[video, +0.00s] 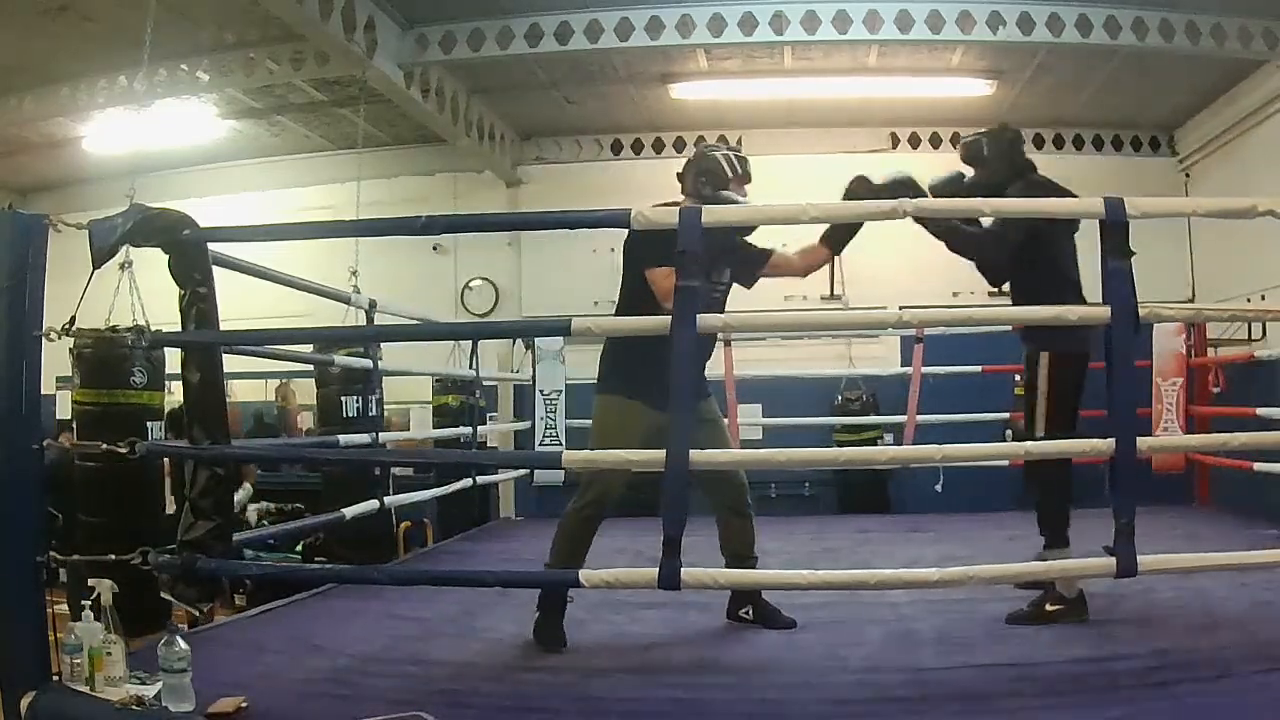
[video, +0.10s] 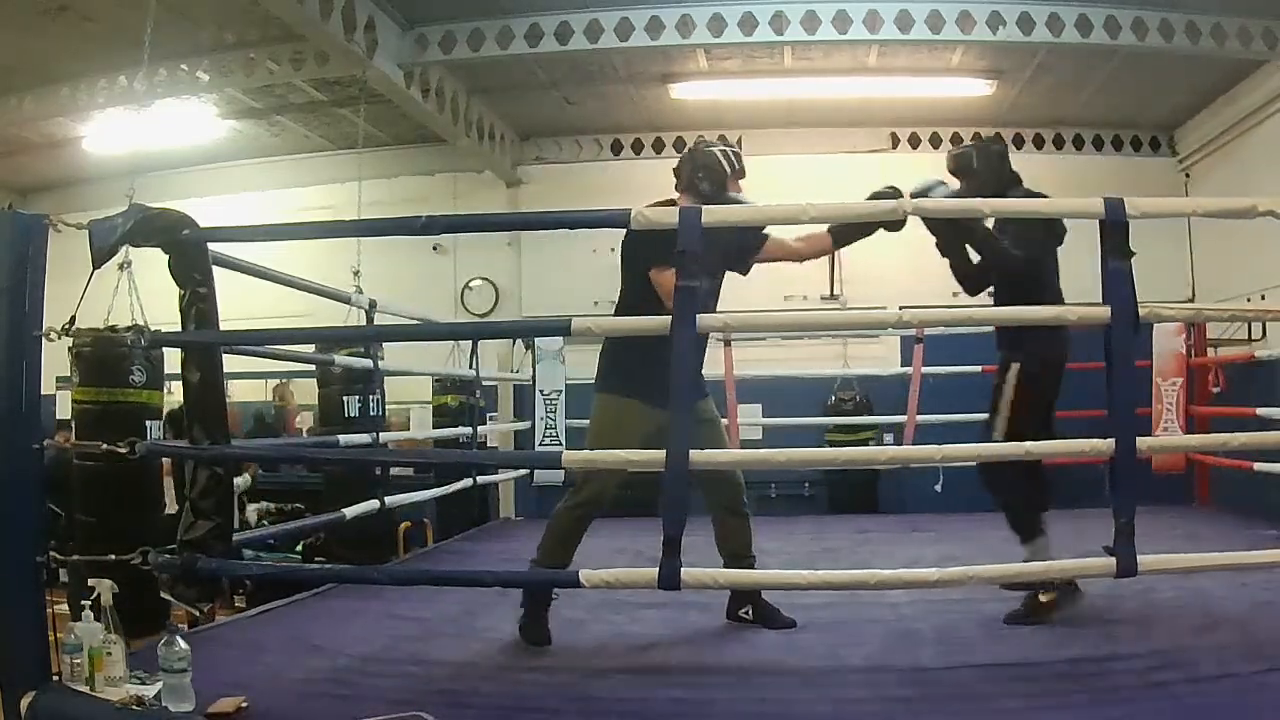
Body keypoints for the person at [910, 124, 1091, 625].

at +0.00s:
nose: (976, 176)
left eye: (980, 166)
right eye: (974, 168)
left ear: (1000, 157)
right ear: (1013, 155)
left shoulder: (1025, 196)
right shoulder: (1024, 193)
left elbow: (996, 263)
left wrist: (939, 221)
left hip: (1056, 340)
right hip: (1054, 338)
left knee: (1047, 457)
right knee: (1045, 455)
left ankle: (1064, 588)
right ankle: (1057, 565)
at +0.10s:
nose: (963, 189)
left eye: (968, 180)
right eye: (960, 182)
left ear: (990, 175)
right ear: (985, 177)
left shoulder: (1030, 209)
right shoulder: (1000, 219)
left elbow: (1022, 267)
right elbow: (973, 282)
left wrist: (970, 227)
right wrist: (948, 239)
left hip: (1037, 345)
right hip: (1021, 345)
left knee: (1001, 455)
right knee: (1016, 454)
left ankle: (1047, 575)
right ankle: (1046, 570)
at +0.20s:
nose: (953, 203)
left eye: (956, 193)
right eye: (950, 195)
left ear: (978, 188)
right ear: (977, 190)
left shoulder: (1019, 219)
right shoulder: (989, 232)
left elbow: (1060, 274)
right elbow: (951, 289)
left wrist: (991, 261)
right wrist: (924, 233)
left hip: (1012, 355)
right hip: (1007, 355)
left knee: (943, 449)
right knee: (1005, 454)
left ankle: (1003, 552)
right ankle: (1041, 559)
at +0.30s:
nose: (943, 201)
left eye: (947, 190)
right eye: (940, 192)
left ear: (970, 185)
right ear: (963, 189)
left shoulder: (1011, 219)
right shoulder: (974, 233)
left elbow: (1048, 278)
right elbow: (936, 288)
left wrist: (986, 265)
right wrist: (910, 231)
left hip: (995, 354)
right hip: (992, 353)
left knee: (920, 448)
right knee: (1001, 455)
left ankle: (951, 566)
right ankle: (1042, 559)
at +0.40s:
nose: (930, 198)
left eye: (935, 189)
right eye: (929, 190)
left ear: (958, 183)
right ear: (954, 187)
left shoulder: (998, 223)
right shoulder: (956, 233)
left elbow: (985, 273)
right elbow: (915, 280)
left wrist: (938, 220)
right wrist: (894, 232)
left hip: (978, 357)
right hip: (968, 356)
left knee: (916, 456)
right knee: (993, 456)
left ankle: (905, 579)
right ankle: (1041, 558)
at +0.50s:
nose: (907, 202)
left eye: (912, 193)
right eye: (905, 194)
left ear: (936, 189)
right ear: (949, 186)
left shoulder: (959, 229)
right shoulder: (972, 225)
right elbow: (900, 277)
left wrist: (880, 225)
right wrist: (885, 226)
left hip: (955, 357)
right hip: (968, 356)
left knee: (906, 458)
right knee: (963, 454)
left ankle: (902, 581)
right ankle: (1028, 545)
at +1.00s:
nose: (867, 194)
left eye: (872, 184)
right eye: (865, 185)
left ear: (896, 179)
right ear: (893, 179)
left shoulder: (935, 215)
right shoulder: (907, 222)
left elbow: (972, 276)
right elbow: (885, 289)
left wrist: (915, 289)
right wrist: (852, 244)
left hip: (920, 345)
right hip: (906, 343)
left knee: (874, 450)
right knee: (921, 441)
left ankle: (893, 571)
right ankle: (966, 540)